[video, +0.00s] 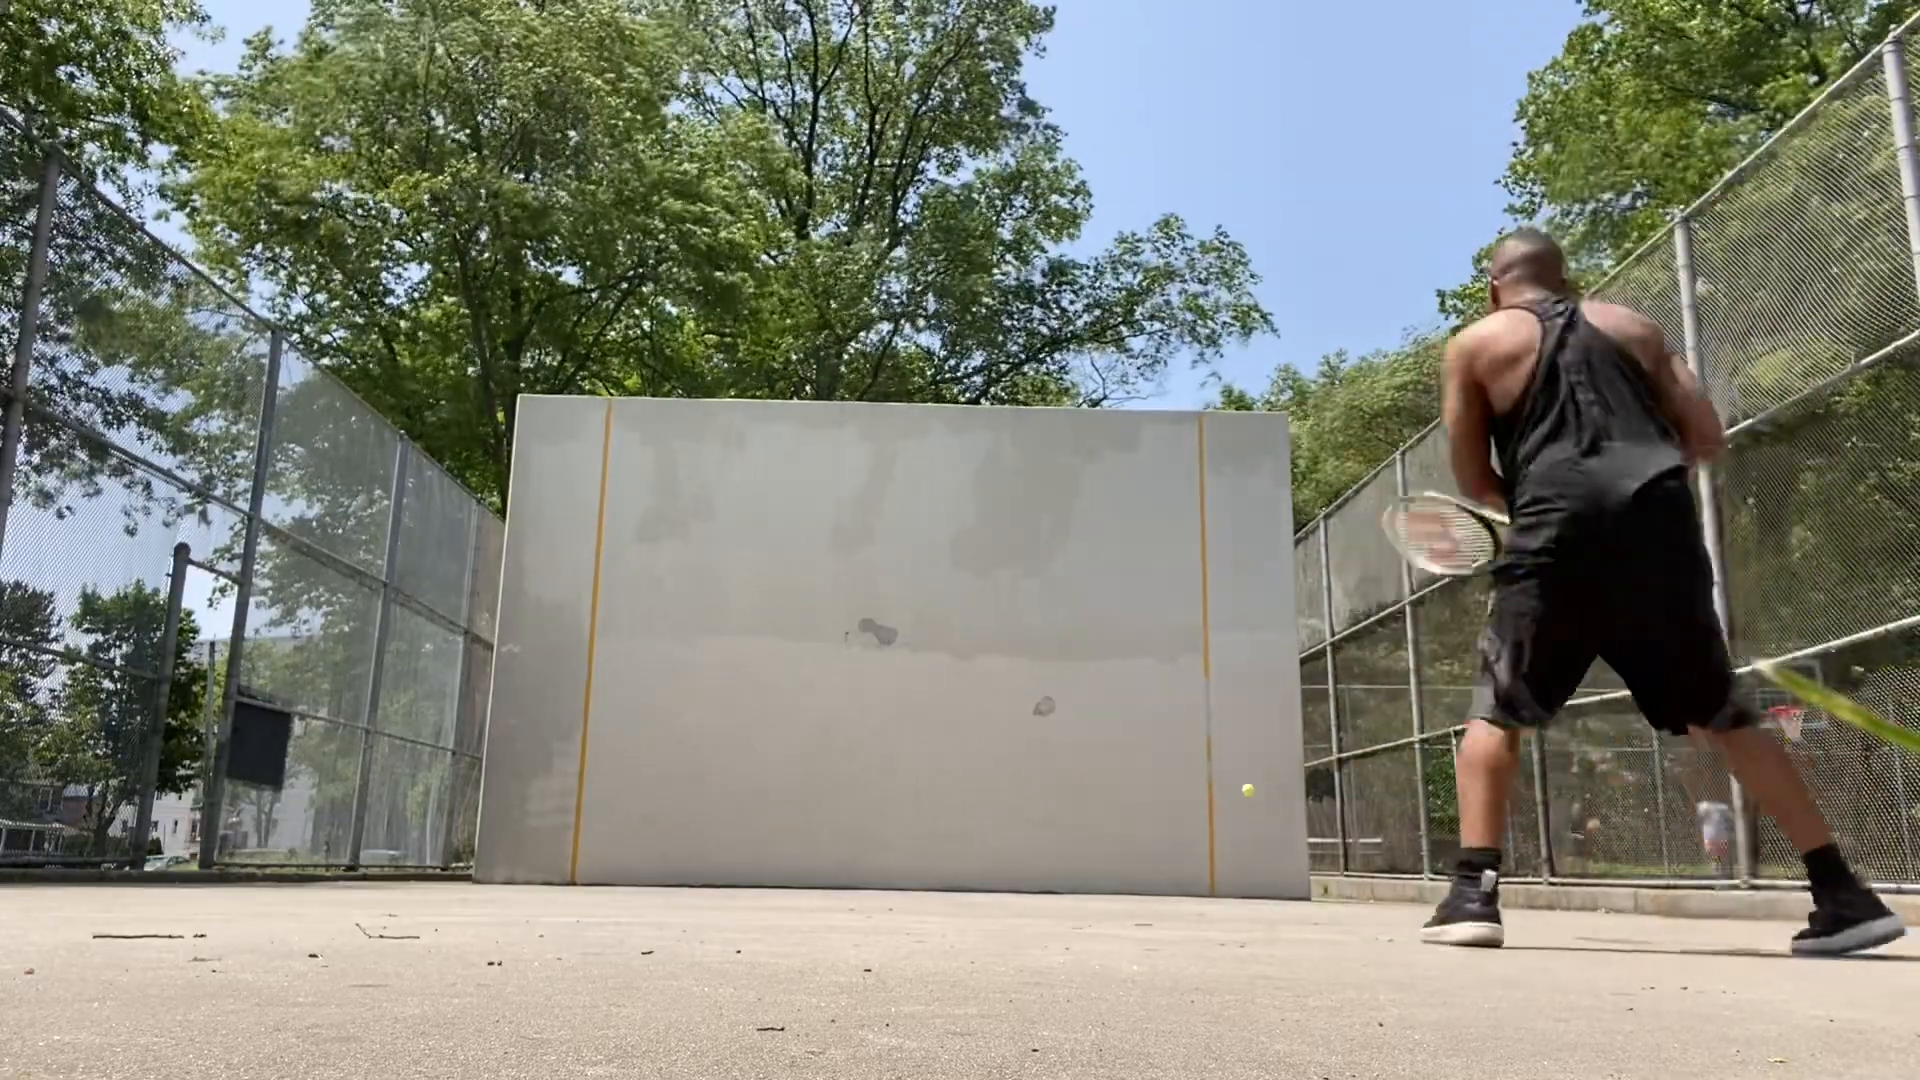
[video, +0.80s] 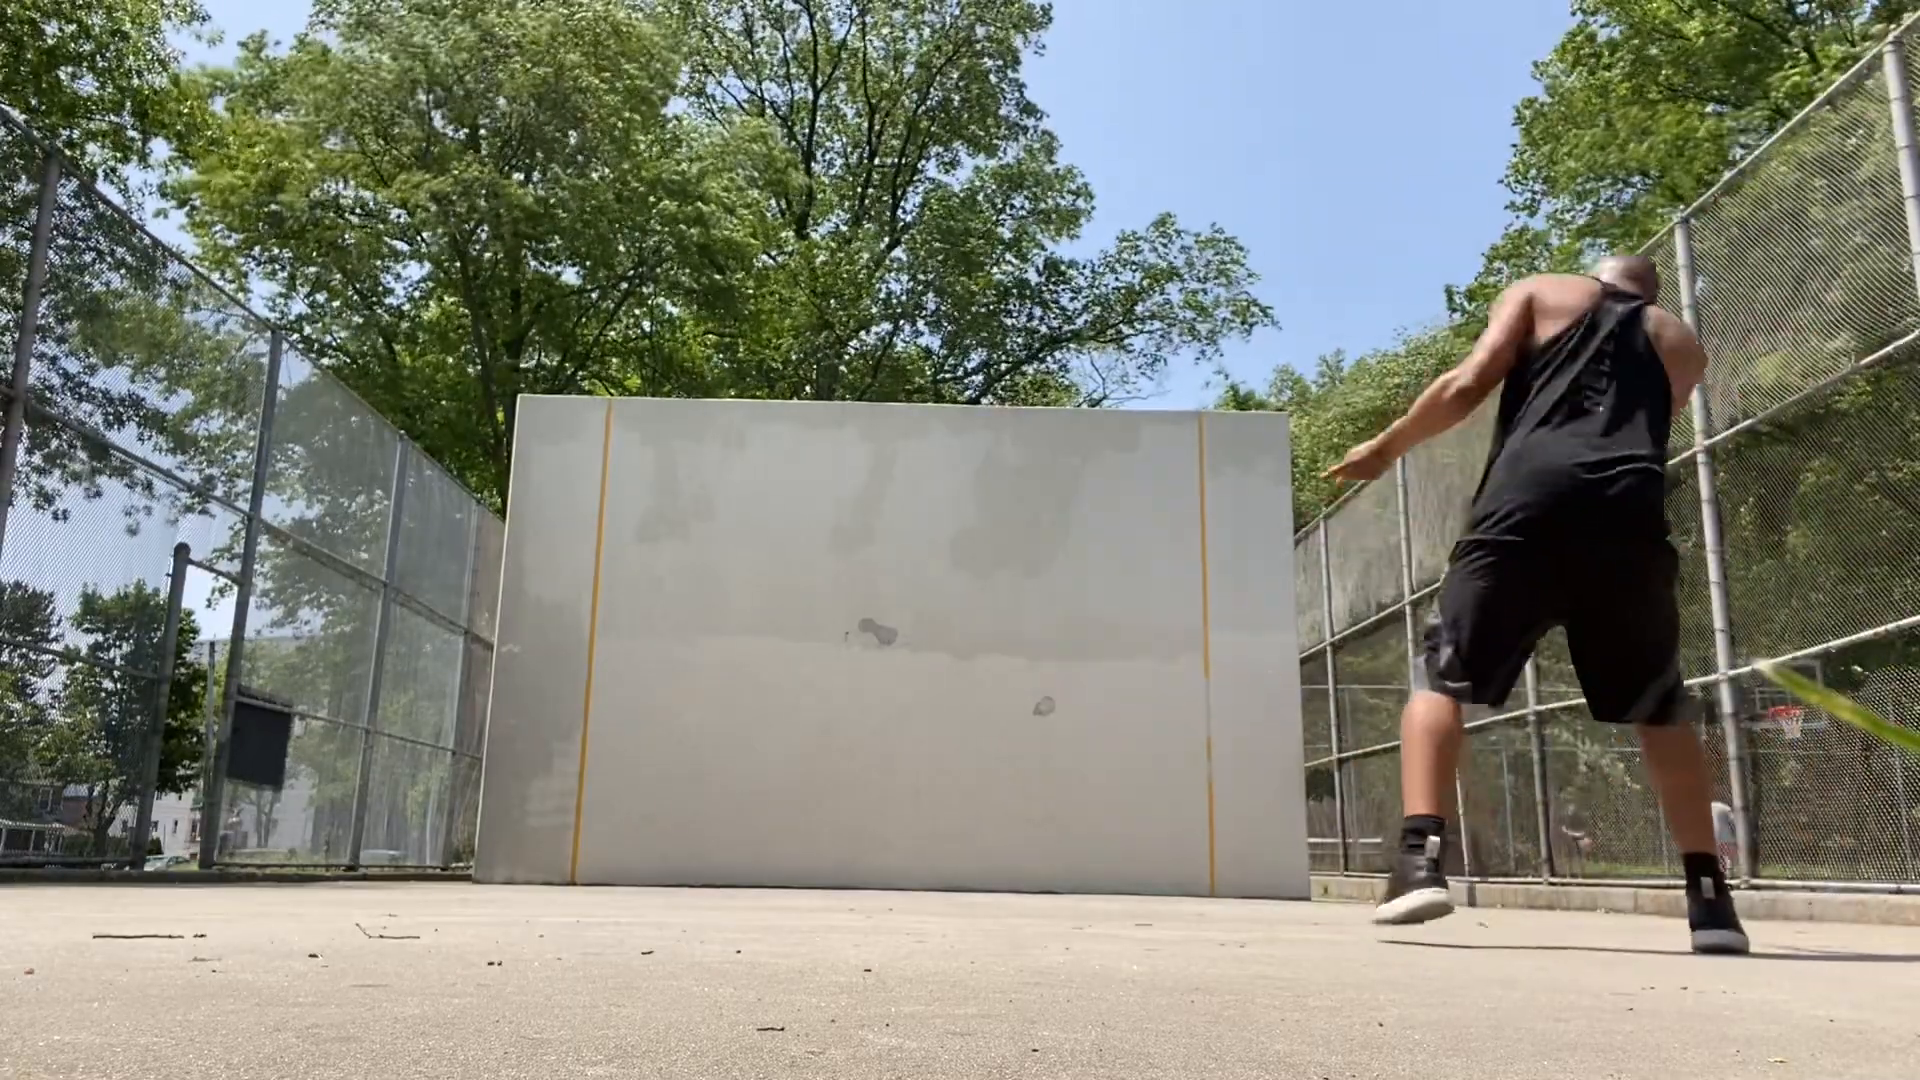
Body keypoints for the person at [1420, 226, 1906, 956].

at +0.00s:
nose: (1483, 298)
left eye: (1484, 289)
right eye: (1485, 290)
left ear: (1496, 287)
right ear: (1568, 282)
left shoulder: (1475, 345)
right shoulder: (1629, 322)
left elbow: (1473, 479)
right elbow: (1706, 437)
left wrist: (1545, 499)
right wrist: (1635, 464)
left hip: (1553, 547)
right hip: (1659, 541)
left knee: (1496, 712)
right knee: (1721, 716)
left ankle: (1473, 891)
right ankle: (1843, 893)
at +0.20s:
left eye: (1483, 266)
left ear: (1481, 278)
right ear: (1554, 269)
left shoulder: (1443, 334)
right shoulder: (1600, 298)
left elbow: (1450, 460)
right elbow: (1683, 392)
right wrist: (1649, 409)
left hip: (1497, 521)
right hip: (1606, 514)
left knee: (1475, 704)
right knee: (1666, 696)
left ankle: (1467, 894)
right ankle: (1727, 885)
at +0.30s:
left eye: (1515, 260)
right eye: (1558, 263)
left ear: (1501, 278)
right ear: (1568, 271)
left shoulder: (1457, 330)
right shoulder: (1595, 295)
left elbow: (1425, 450)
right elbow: (1703, 341)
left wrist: (1478, 485)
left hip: (1485, 522)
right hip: (1590, 513)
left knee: (1470, 708)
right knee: (1649, 699)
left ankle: (1465, 896)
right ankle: (1707, 891)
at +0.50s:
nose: (1643, 310)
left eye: (1610, 295)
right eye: (1641, 304)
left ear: (1570, 310)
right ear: (1631, 306)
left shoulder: (1508, 358)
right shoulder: (1637, 323)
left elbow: (1390, 436)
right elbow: (1707, 370)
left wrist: (1334, 505)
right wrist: (1858, 340)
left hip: (1498, 540)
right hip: (1605, 531)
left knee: (1470, 720)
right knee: (1663, 714)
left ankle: (1463, 889)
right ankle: (1710, 904)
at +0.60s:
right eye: (1657, 345)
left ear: (1586, 333)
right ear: (1654, 339)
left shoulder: (1524, 365)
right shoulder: (1668, 370)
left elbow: (1415, 425)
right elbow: (1730, 456)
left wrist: (1341, 491)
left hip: (1509, 544)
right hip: (1620, 544)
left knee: (1462, 716)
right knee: (1677, 715)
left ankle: (1453, 885)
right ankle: (1711, 910)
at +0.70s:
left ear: (1590, 315)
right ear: (1658, 338)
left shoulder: (1535, 334)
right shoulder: (1685, 387)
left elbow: (1456, 414)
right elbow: (1694, 526)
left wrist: (1368, 473)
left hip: (1524, 538)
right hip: (1636, 554)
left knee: (1452, 702)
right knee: (1677, 717)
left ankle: (1434, 872)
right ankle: (1712, 907)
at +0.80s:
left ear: (1593, 278)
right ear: (1654, 297)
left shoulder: (1537, 292)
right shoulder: (1684, 344)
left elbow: (1467, 384)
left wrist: (1384, 449)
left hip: (1521, 512)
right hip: (1629, 529)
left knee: (1442, 681)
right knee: (1662, 706)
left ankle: (1420, 868)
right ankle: (1711, 906)